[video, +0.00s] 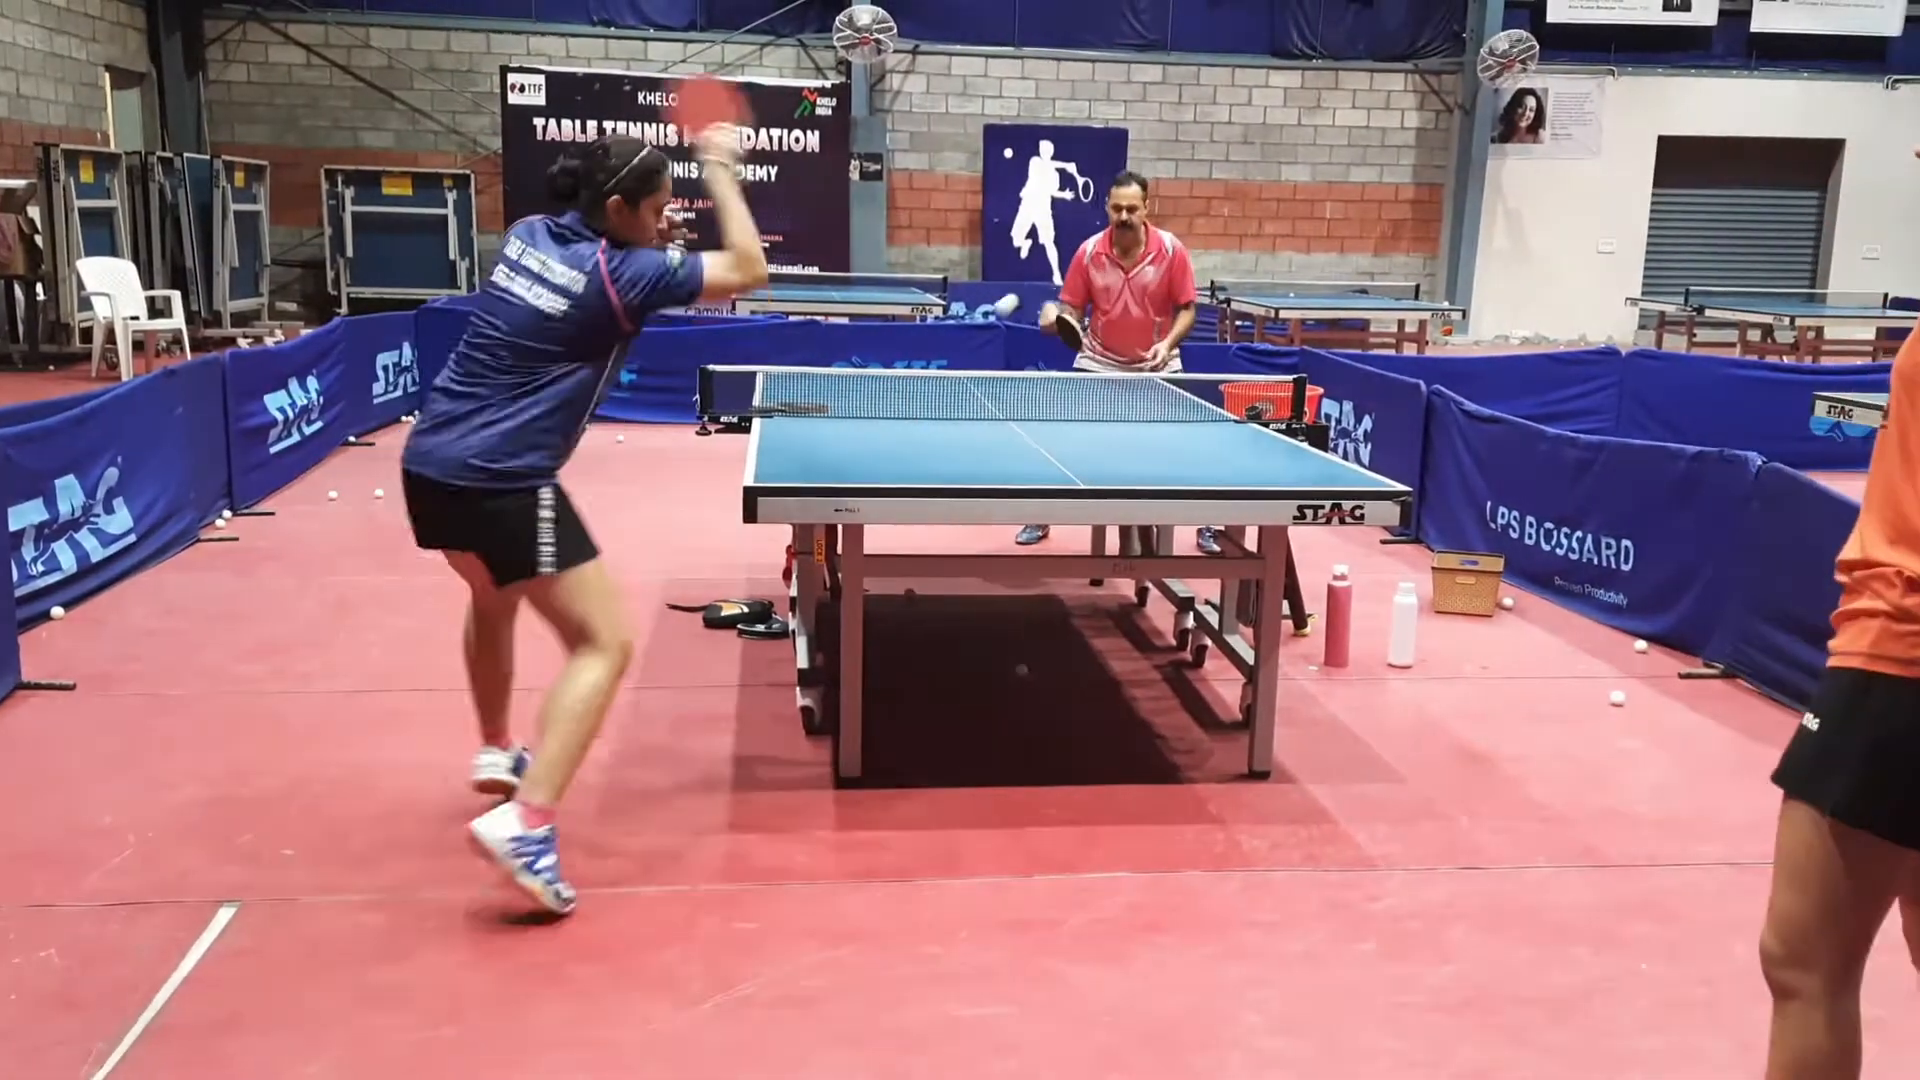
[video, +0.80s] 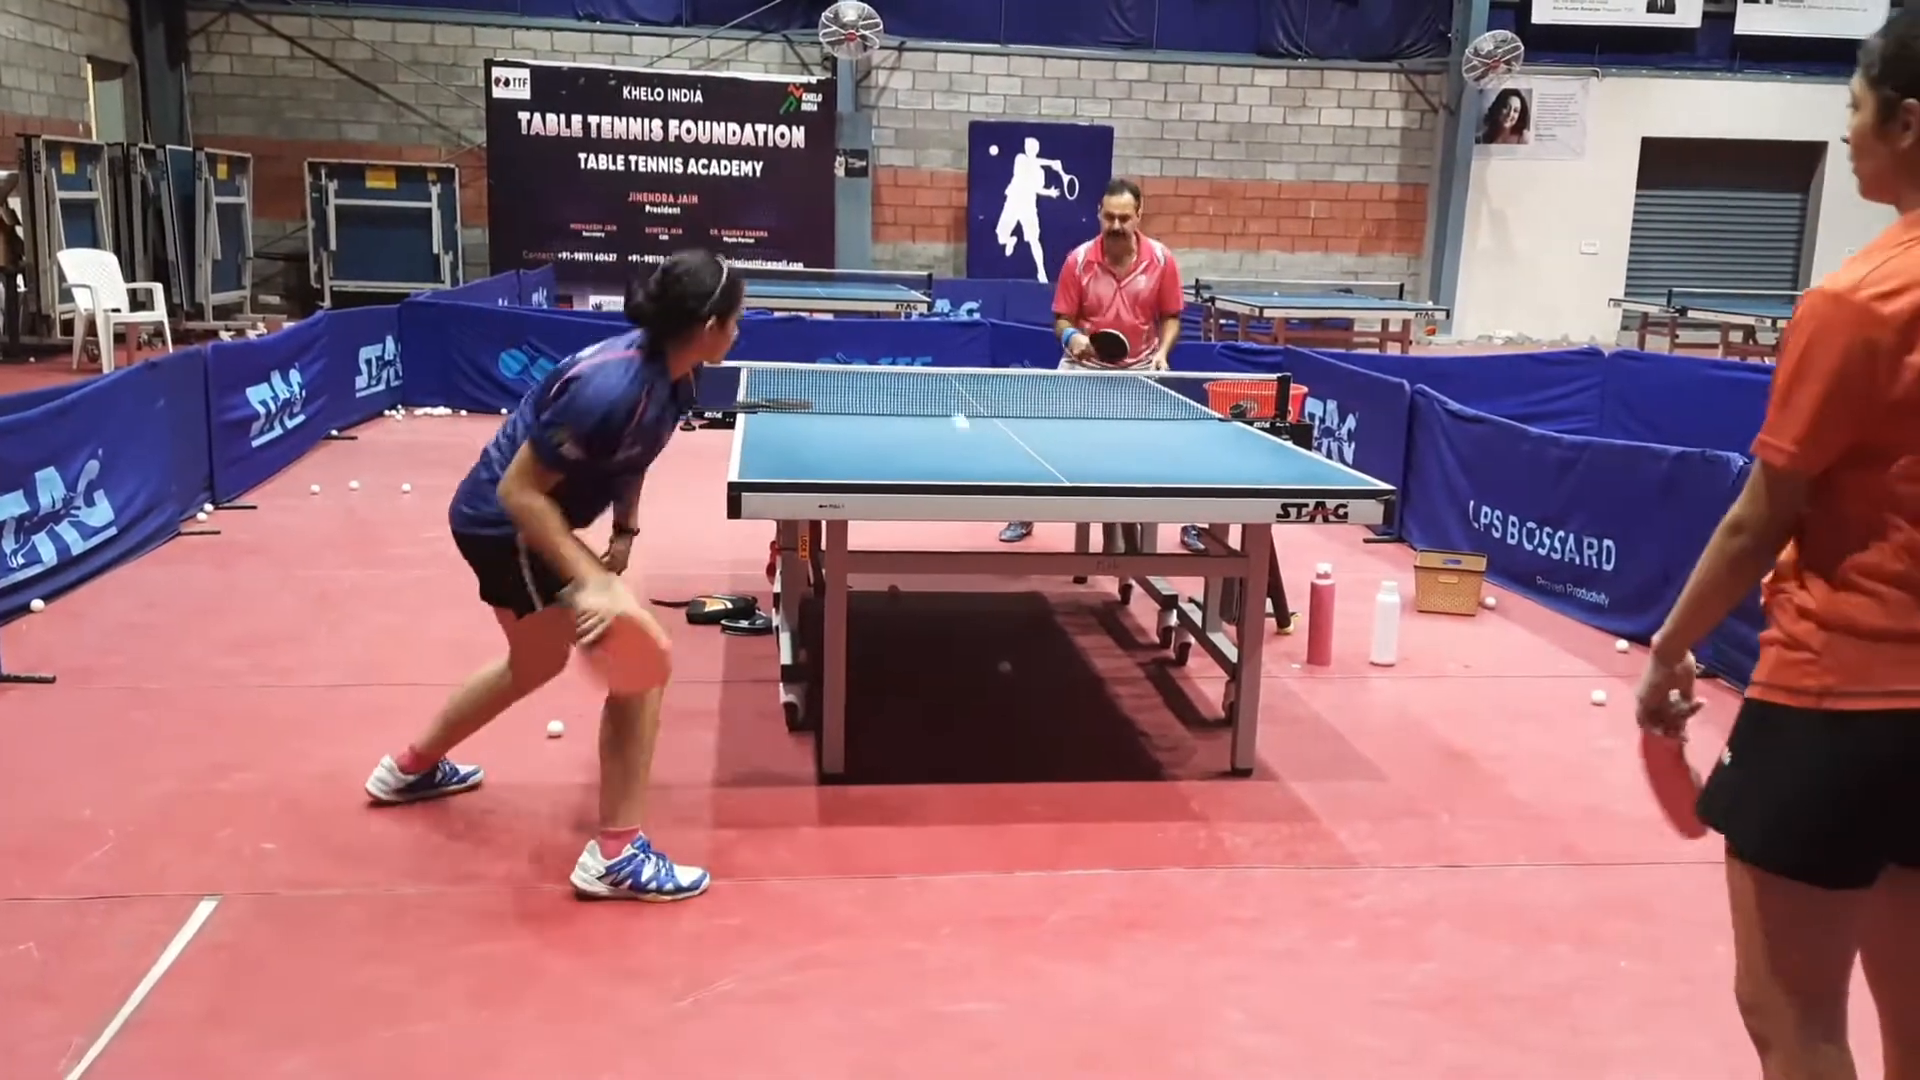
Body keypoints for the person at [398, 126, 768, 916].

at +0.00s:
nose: (664, 216)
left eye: (664, 202)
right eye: (656, 204)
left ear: (596, 203)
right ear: (617, 207)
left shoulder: (530, 233)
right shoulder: (626, 272)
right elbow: (748, 264)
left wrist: (657, 237)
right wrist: (722, 171)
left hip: (430, 468)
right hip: (505, 480)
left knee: (493, 595)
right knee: (607, 645)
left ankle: (497, 751)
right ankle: (526, 822)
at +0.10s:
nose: (658, 233)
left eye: (658, 220)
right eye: (651, 221)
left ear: (579, 216)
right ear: (618, 223)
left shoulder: (524, 258)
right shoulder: (631, 288)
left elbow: (582, 255)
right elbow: (734, 300)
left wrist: (638, 213)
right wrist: (686, 214)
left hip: (467, 501)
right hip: (551, 504)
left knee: (521, 619)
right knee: (661, 647)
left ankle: (514, 775)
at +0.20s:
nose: (650, 257)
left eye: (649, 245)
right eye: (646, 246)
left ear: (570, 245)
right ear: (629, 254)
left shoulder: (519, 301)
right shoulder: (640, 327)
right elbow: (733, 378)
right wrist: (722, 285)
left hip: (501, 532)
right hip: (592, 535)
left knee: (540, 628)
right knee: (712, 669)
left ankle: (511, 777)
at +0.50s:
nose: (706, 217)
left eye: (703, 205)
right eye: (703, 206)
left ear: (636, 204)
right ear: (686, 213)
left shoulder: (589, 248)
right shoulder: (668, 294)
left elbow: (611, 345)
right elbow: (677, 418)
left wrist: (692, 354)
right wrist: (752, 402)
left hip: (495, 465)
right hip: (573, 476)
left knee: (536, 607)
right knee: (669, 639)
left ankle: (499, 756)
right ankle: (725, 824)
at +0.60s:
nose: (731, 227)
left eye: (728, 214)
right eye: (727, 215)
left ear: (662, 213)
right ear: (707, 225)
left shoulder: (625, 256)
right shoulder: (664, 298)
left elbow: (647, 379)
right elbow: (626, 425)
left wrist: (712, 417)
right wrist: (713, 443)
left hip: (494, 459)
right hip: (552, 477)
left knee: (530, 603)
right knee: (651, 645)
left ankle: (462, 742)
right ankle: (624, 845)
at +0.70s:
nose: (744, 274)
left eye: (741, 261)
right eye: (740, 262)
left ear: (681, 263)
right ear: (718, 274)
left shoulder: (659, 320)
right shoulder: (643, 342)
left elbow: (630, 435)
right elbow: (565, 455)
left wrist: (665, 508)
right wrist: (652, 507)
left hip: (510, 489)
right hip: (529, 503)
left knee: (530, 632)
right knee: (651, 655)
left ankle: (419, 753)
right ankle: (620, 849)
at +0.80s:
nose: (737, 331)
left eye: (737, 319)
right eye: (735, 319)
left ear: (680, 316)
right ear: (709, 328)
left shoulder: (674, 376)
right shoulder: (607, 388)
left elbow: (633, 455)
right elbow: (518, 493)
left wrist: (624, 531)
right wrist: (589, 578)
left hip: (532, 515)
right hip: (503, 523)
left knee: (538, 658)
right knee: (640, 657)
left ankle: (409, 767)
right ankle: (618, 848)